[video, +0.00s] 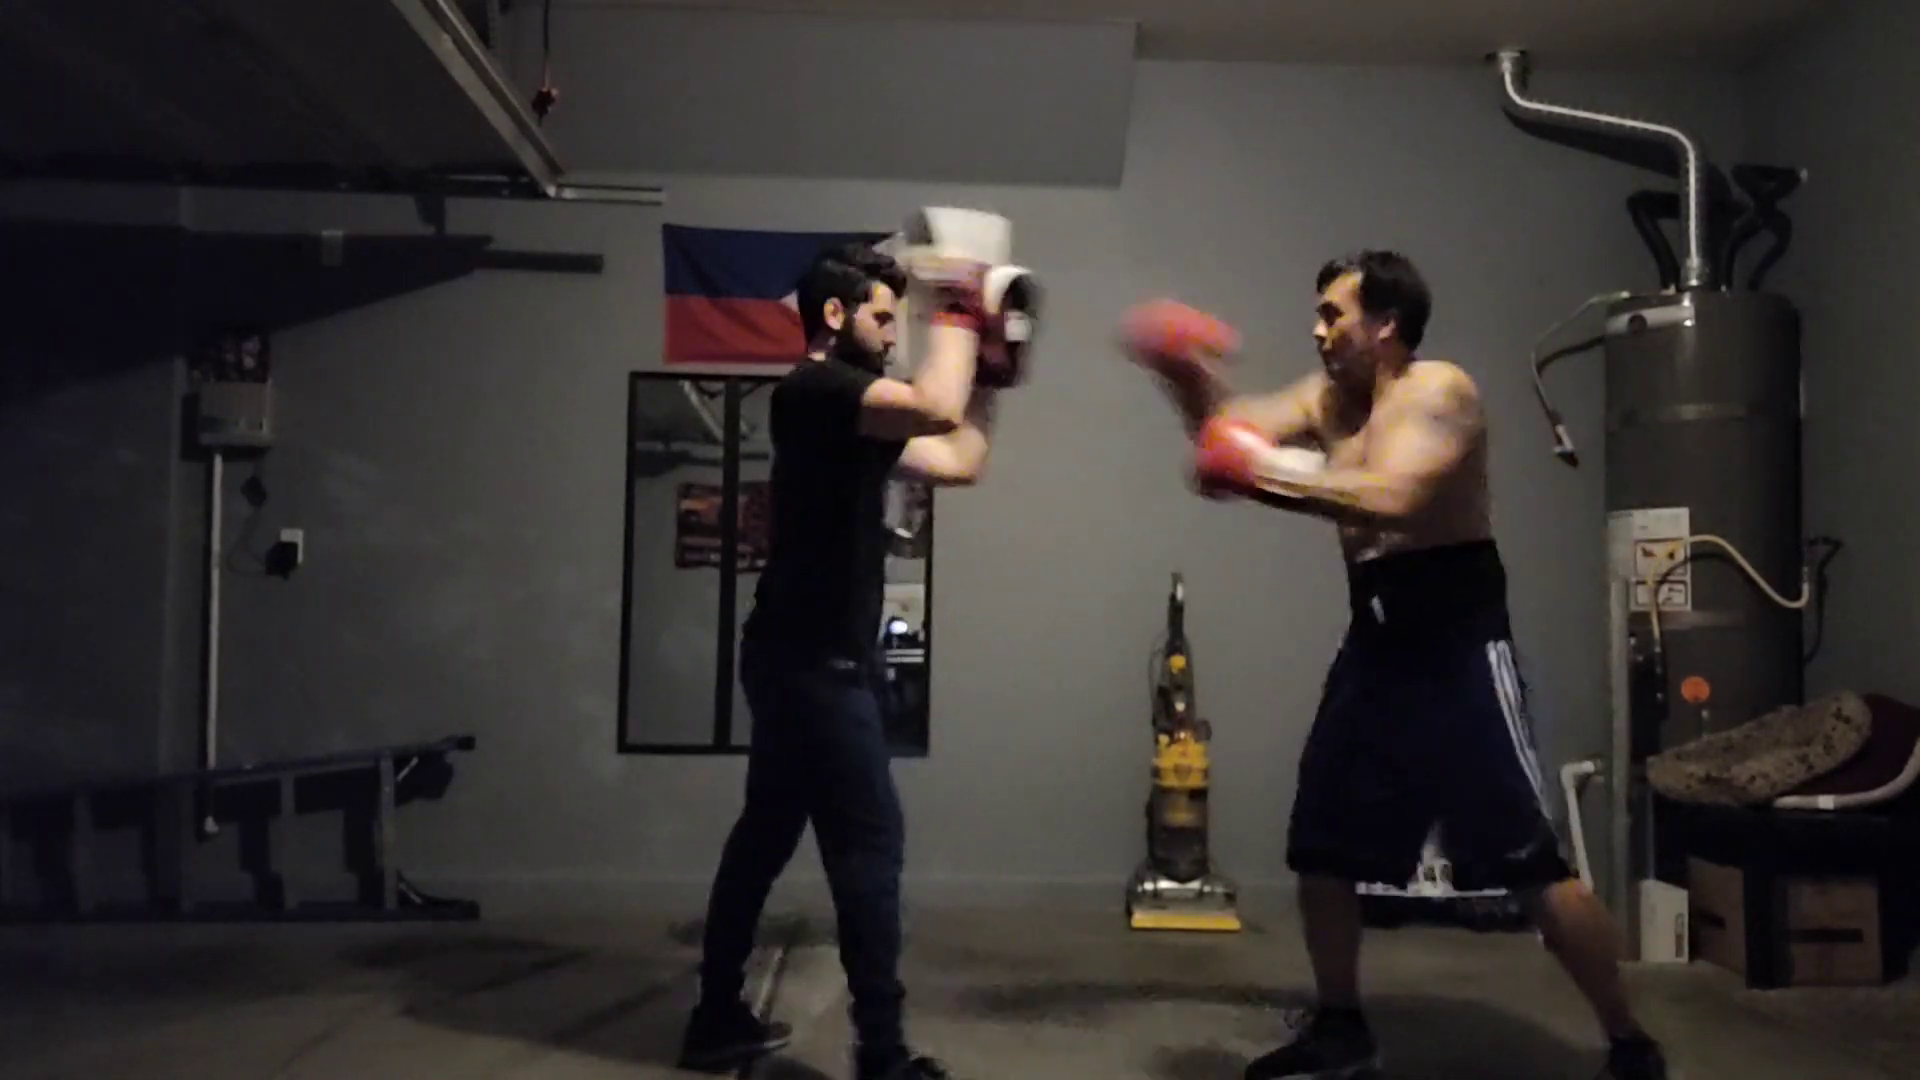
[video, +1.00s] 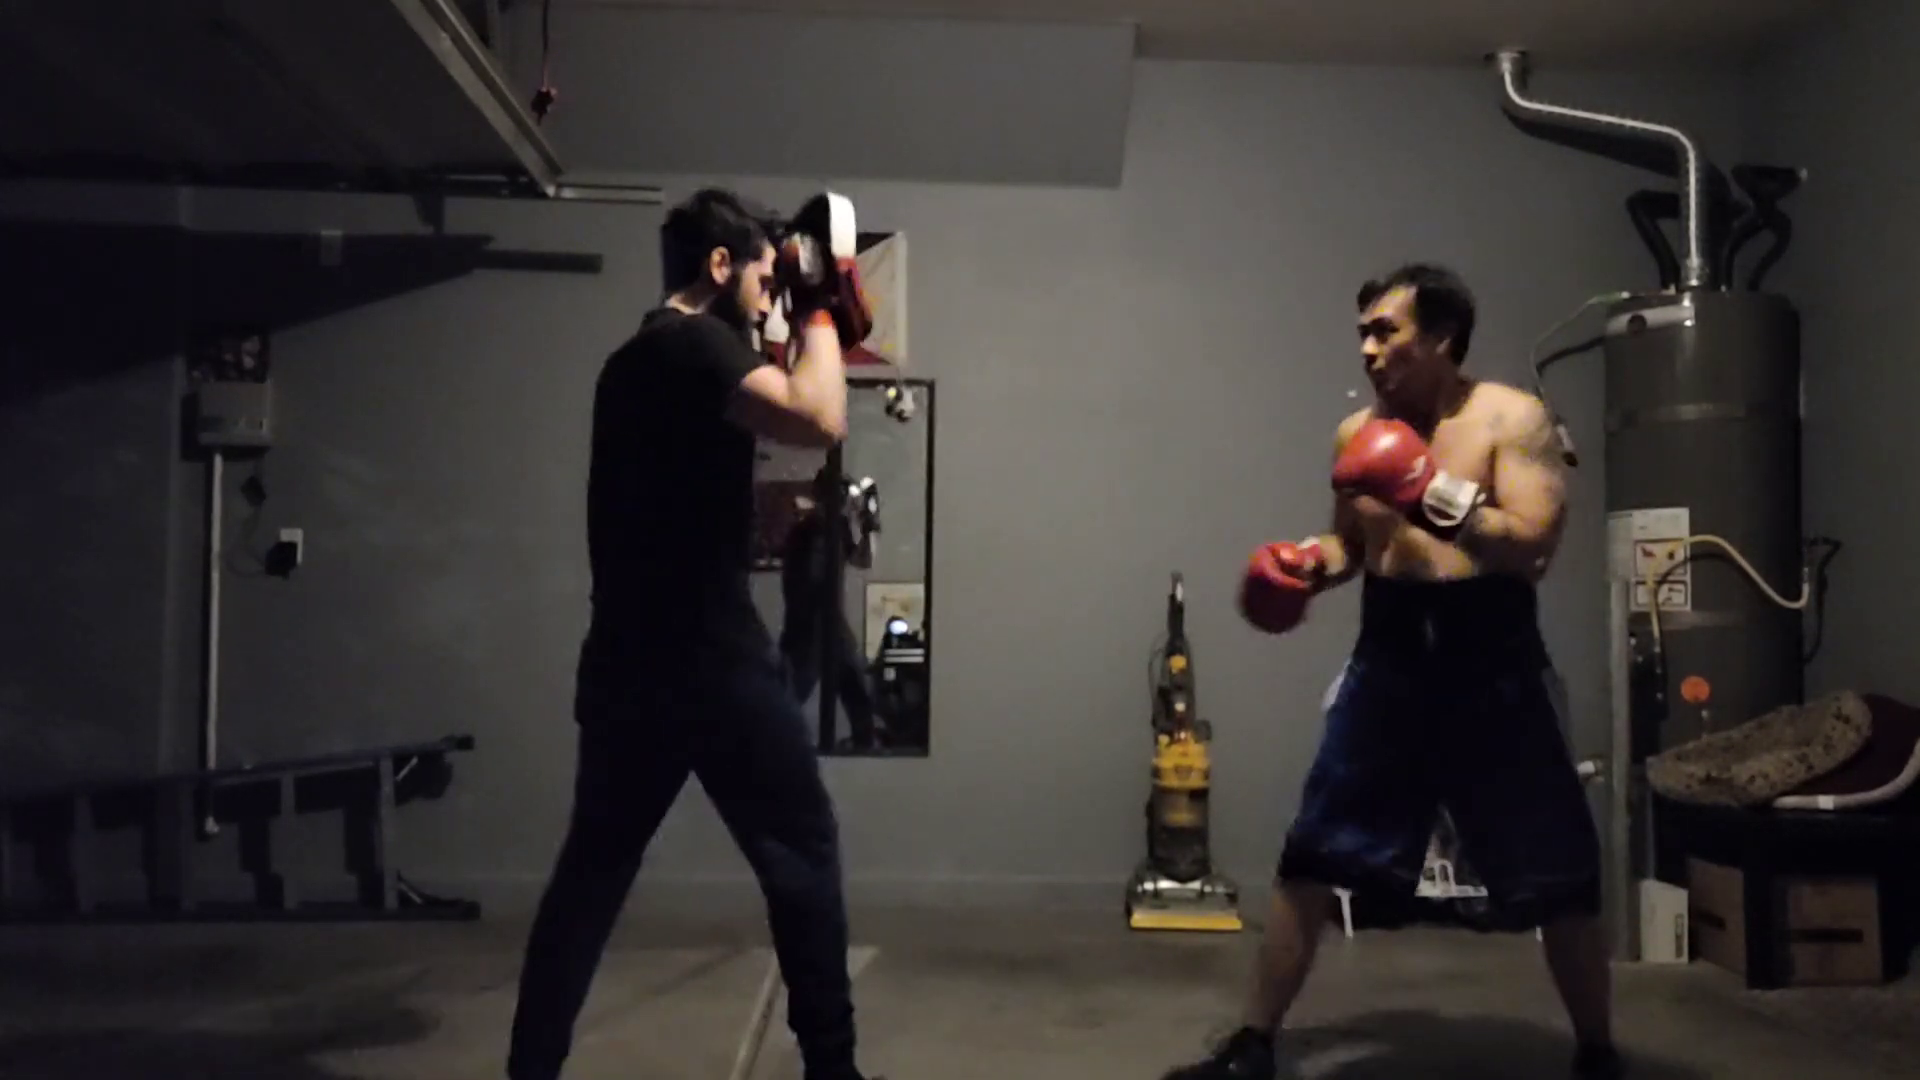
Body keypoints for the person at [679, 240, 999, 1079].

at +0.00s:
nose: (893, 332)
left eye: (895, 318)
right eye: (880, 315)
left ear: (837, 320)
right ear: (832, 314)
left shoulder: (850, 405)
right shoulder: (817, 385)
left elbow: (960, 461)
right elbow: (937, 400)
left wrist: (988, 370)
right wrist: (950, 308)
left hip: (807, 656)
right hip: (816, 659)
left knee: (764, 835)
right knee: (871, 845)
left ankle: (715, 1014)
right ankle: (882, 1050)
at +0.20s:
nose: (890, 320)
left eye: (889, 307)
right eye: (880, 304)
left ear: (824, 310)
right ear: (836, 308)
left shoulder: (787, 395)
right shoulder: (832, 377)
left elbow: (899, 486)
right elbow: (955, 363)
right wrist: (956, 266)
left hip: (776, 647)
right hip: (833, 651)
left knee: (782, 830)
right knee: (882, 837)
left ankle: (720, 1019)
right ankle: (827, 1049)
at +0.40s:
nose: (885, 318)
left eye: (887, 302)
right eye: (878, 300)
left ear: (803, 296)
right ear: (832, 294)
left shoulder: (758, 378)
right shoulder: (838, 366)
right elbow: (989, 376)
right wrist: (1042, 302)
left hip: (752, 658)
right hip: (827, 666)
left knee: (739, 841)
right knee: (849, 863)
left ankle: (714, 1016)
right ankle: (815, 1062)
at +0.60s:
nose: (857, 299)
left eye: (859, 283)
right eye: (851, 281)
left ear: (780, 276)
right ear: (804, 274)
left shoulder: (729, 365)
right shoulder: (800, 359)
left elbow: (886, 440)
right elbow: (916, 436)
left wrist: (971, 379)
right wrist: (964, 346)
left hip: (718, 645)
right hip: (800, 652)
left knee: (683, 841)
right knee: (823, 859)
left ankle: (574, 1045)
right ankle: (812, 1063)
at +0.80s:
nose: (808, 324)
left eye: (810, 307)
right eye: (800, 303)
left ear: (736, 296)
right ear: (752, 292)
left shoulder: (678, 377)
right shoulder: (723, 371)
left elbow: (730, 533)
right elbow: (825, 458)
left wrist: (794, 514)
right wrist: (846, 352)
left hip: (657, 675)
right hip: (733, 679)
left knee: (599, 877)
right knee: (820, 860)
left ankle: (533, 1063)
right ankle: (813, 1065)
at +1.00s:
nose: (767, 296)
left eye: (771, 281)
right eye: (763, 278)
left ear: (681, 270)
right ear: (719, 267)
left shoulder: (630, 360)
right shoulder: (700, 344)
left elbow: (671, 503)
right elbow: (817, 415)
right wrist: (817, 318)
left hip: (628, 655)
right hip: (711, 657)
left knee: (591, 868)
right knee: (802, 853)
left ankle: (532, 1063)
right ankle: (831, 1061)